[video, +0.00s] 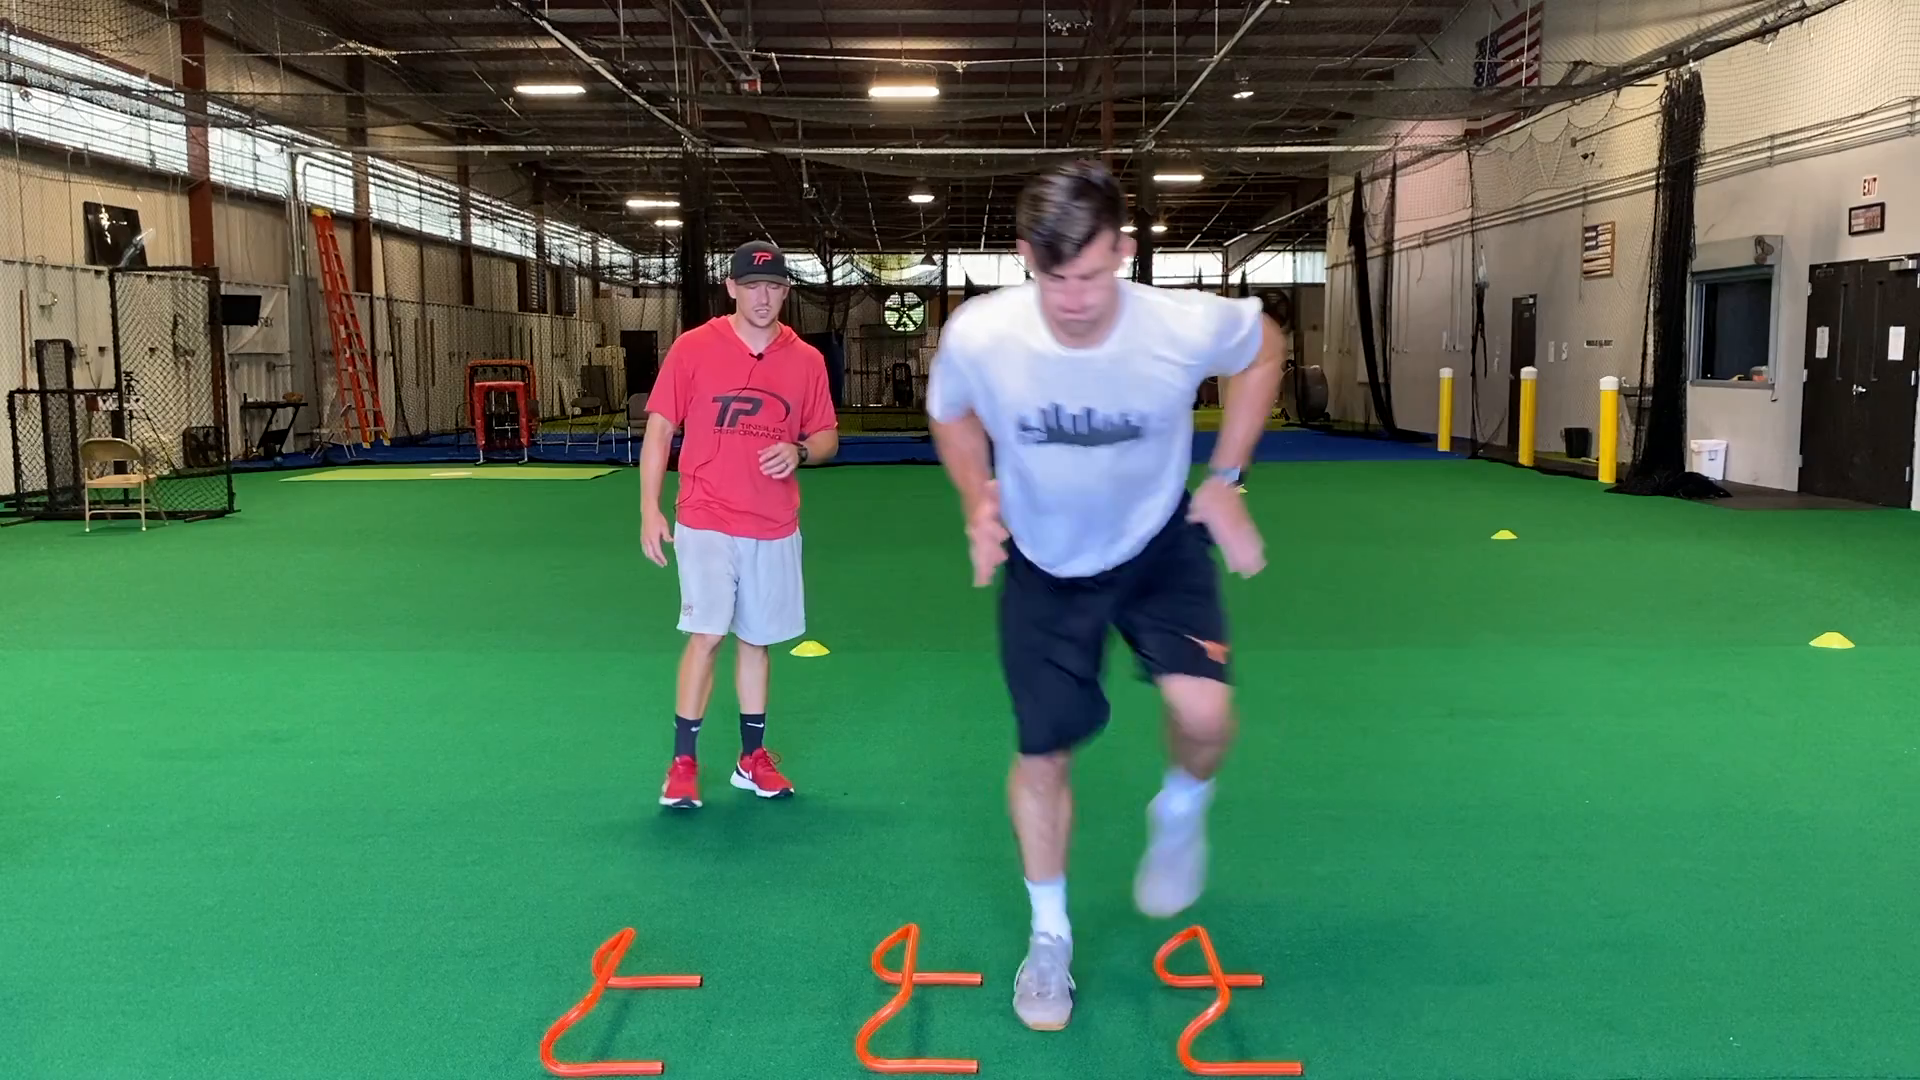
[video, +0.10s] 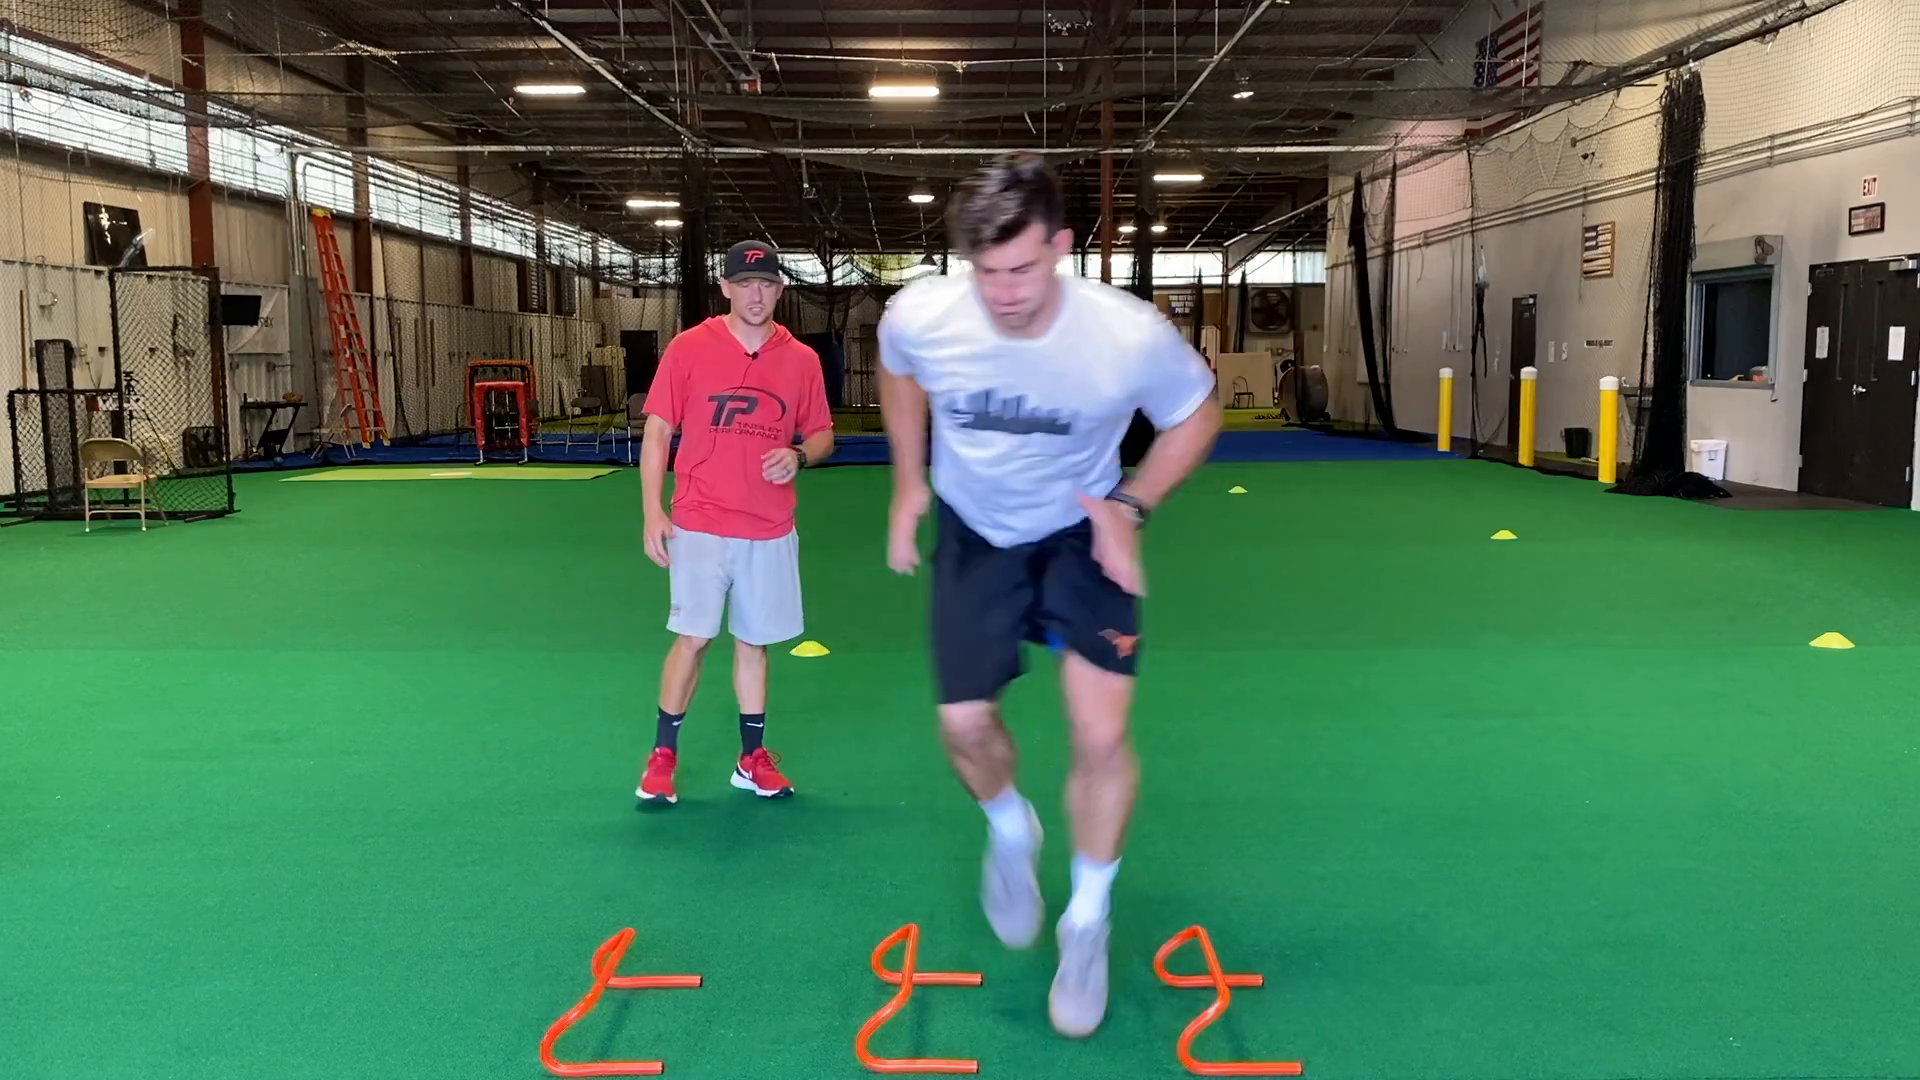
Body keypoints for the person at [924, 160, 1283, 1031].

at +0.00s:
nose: (1073, 296)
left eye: (1090, 276)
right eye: (1056, 278)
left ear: (1123, 251)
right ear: (1027, 260)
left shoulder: (1181, 324)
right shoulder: (978, 334)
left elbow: (1262, 347)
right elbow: (948, 408)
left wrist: (1224, 476)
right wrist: (978, 498)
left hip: (1159, 546)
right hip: (1042, 565)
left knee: (1205, 714)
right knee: (1041, 753)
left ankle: (1180, 814)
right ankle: (1048, 935)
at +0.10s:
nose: (1006, 289)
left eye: (1023, 269)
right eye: (989, 271)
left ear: (1062, 249)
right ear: (966, 259)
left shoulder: (1127, 334)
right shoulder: (921, 316)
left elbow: (1199, 411)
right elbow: (897, 368)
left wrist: (1132, 504)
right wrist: (910, 482)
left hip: (1087, 527)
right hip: (971, 527)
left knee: (1101, 737)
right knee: (964, 722)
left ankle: (1087, 920)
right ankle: (1012, 831)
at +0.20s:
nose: (931, 295)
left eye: (949, 277)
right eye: (916, 277)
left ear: (988, 260)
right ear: (895, 267)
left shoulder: (1054, 348)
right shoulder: (855, 323)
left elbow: (1137, 428)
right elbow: (837, 360)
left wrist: (1060, 489)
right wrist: (846, 460)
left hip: (1025, 566)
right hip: (904, 550)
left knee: (1050, 762)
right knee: (850, 706)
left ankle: (1064, 944)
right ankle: (892, 800)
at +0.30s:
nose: (857, 295)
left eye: (873, 273)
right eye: (840, 275)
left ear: (914, 257)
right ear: (819, 266)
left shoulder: (983, 332)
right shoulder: (778, 334)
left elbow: (1075, 377)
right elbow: (774, 409)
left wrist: (1041, 505)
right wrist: (783, 521)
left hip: (966, 552)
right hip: (844, 559)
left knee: (1002, 727)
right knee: (808, 743)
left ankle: (1030, 876)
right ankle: (779, 920)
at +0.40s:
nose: (792, 303)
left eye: (808, 283)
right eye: (775, 284)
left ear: (847, 267)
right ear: (753, 276)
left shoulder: (915, 343)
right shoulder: (712, 346)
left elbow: (1015, 362)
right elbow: (700, 430)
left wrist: (990, 494)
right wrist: (720, 526)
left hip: (894, 546)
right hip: (781, 564)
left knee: (916, 702)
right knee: (769, 768)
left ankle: (902, 816)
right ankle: (773, 942)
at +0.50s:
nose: (719, 304)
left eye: (737, 282)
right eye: (702, 285)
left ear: (783, 263)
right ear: (683, 276)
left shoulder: (860, 351)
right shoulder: (658, 333)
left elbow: (939, 423)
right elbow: (659, 403)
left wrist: (874, 540)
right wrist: (664, 507)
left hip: (826, 556)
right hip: (716, 551)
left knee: (810, 737)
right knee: (681, 722)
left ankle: (804, 928)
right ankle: (738, 870)